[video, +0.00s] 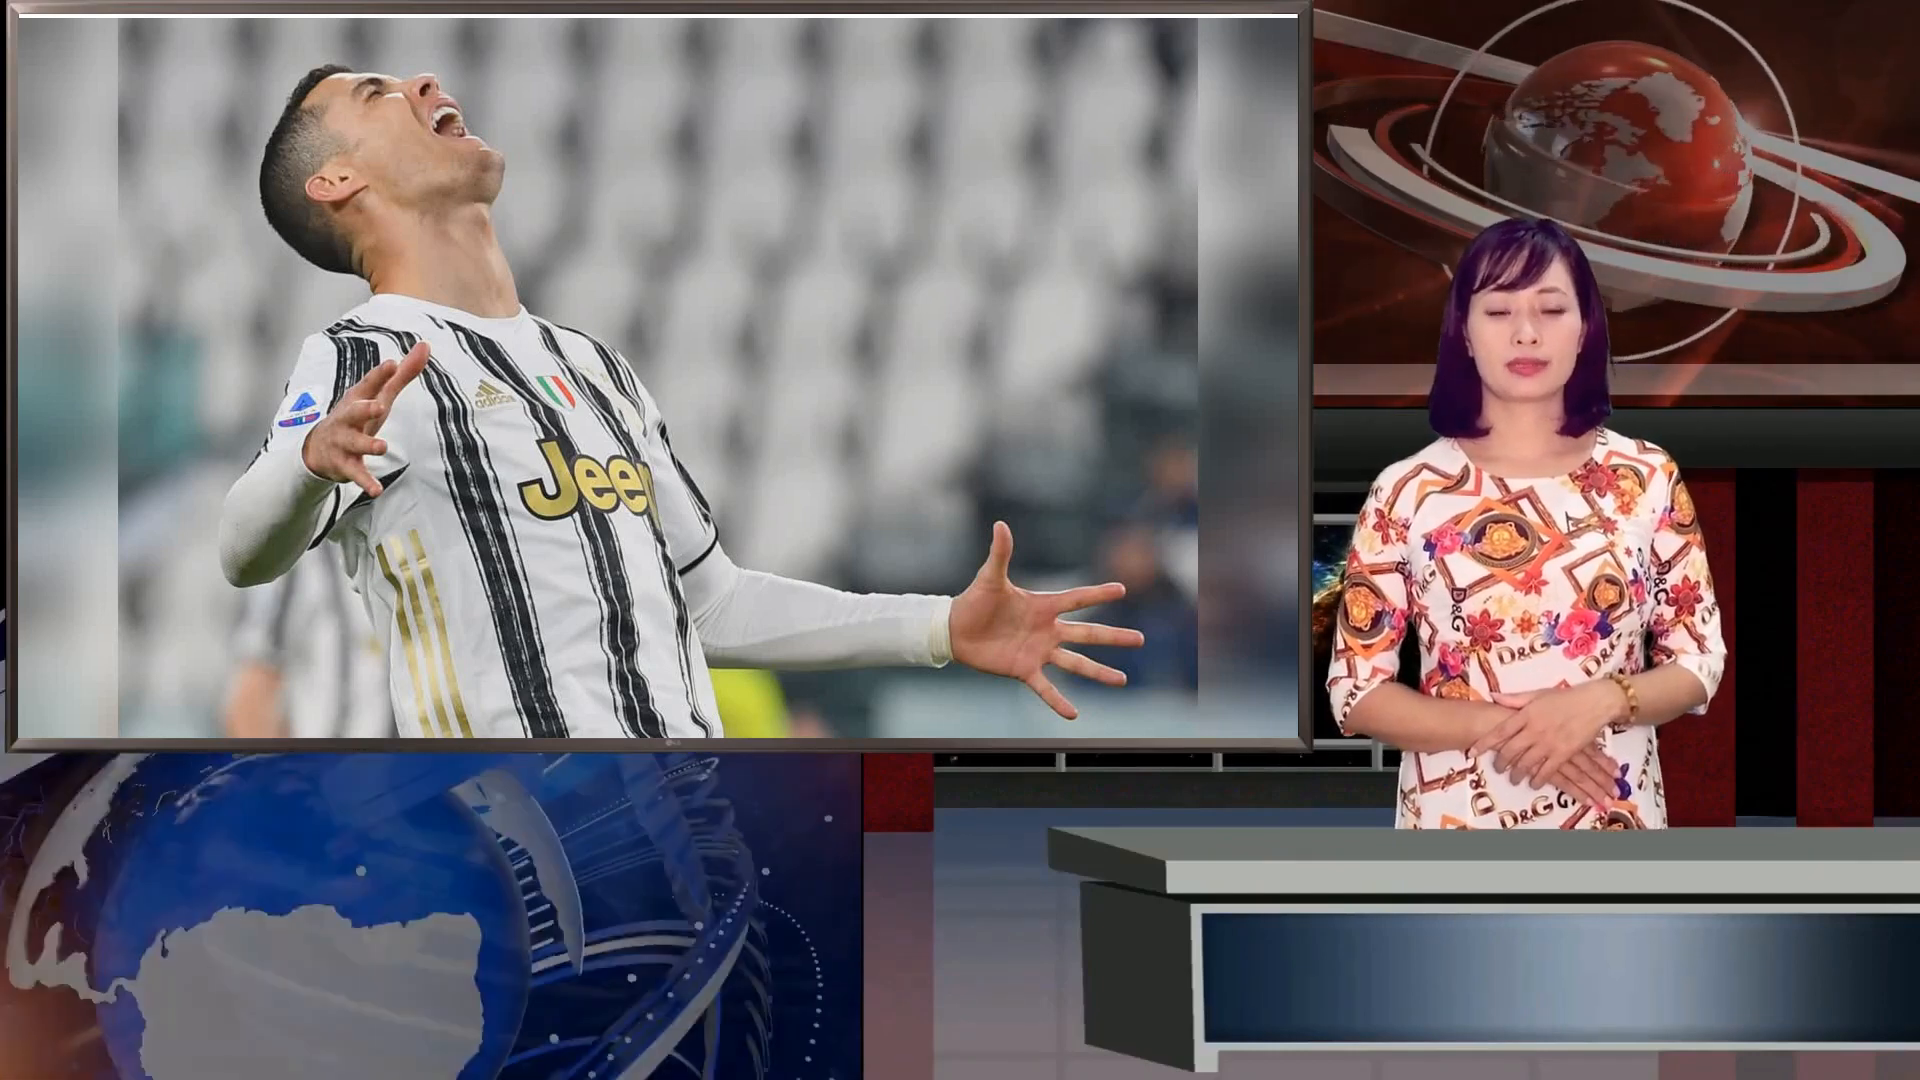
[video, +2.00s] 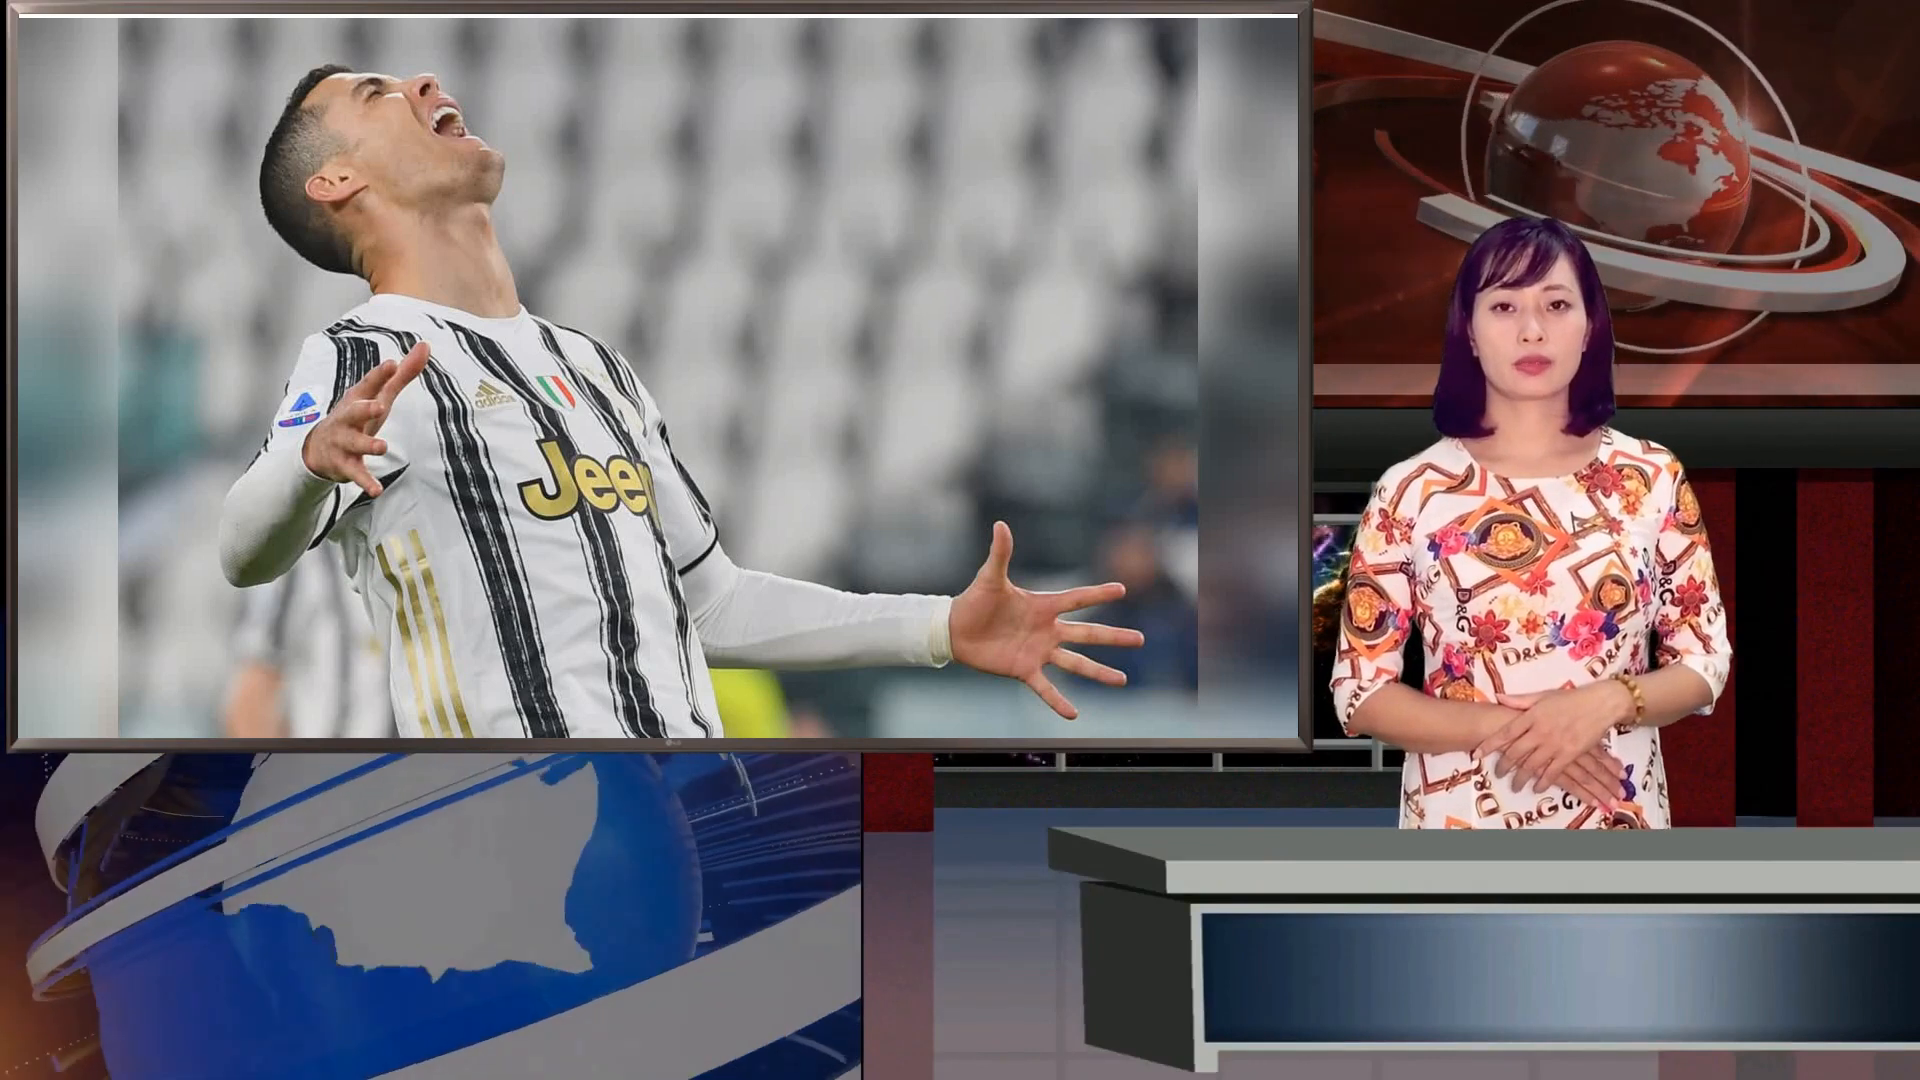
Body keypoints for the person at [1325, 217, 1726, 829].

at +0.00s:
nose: (1526, 332)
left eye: (1552, 309)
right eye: (1498, 311)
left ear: (1586, 326)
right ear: (1463, 330)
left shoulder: (1645, 478)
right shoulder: (1405, 492)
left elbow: (1698, 662)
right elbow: (1355, 691)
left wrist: (1599, 701)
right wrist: (1509, 730)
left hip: (1612, 833)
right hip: (1455, 832)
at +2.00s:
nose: (1532, 329)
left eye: (1557, 305)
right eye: (1504, 307)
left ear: (1590, 325)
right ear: (1467, 328)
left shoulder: (1650, 478)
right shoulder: (1409, 492)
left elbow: (1704, 661)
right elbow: (1359, 691)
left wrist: (1606, 702)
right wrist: (1517, 732)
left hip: (1617, 830)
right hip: (1460, 831)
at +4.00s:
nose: (1531, 329)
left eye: (1555, 305)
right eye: (1502, 307)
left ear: (1588, 326)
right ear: (1466, 328)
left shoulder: (1647, 479)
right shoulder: (1406, 492)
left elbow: (1704, 668)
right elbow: (1355, 689)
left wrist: (1652, 682)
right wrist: (1498, 724)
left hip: (1613, 833)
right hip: (1456, 832)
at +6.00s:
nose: (1532, 330)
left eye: (1558, 307)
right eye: (1504, 308)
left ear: (1591, 326)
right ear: (1468, 329)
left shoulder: (1651, 479)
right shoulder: (1409, 491)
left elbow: (1704, 661)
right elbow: (1356, 689)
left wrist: (1622, 697)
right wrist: (1490, 725)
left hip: (1616, 833)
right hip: (1459, 831)